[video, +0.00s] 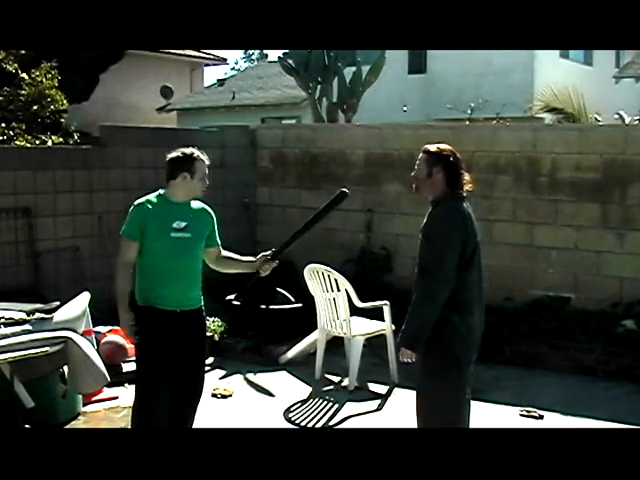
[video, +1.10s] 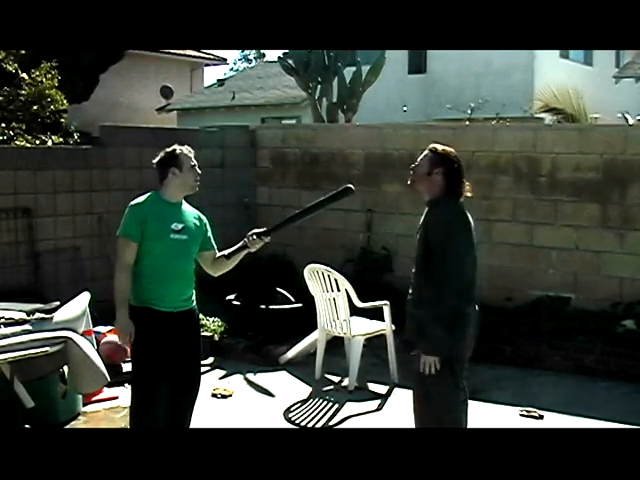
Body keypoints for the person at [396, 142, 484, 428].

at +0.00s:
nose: (413, 177)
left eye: (418, 171)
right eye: (415, 170)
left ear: (437, 175)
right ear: (439, 176)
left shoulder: (445, 216)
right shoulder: (453, 211)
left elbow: (433, 284)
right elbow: (436, 282)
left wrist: (411, 339)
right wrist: (415, 335)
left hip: (447, 335)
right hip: (454, 331)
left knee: (438, 412)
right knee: (446, 409)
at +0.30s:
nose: (413, 175)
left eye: (420, 170)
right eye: (416, 168)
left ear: (437, 177)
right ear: (438, 178)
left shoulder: (443, 216)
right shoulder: (449, 212)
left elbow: (436, 283)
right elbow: (437, 280)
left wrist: (413, 338)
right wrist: (415, 323)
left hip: (447, 332)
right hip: (451, 329)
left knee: (437, 409)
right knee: (443, 407)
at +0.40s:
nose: (414, 167)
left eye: (422, 164)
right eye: (418, 162)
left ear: (438, 176)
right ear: (437, 177)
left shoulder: (444, 212)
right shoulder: (444, 209)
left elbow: (435, 277)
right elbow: (440, 273)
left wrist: (404, 319)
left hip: (447, 326)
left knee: (436, 404)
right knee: (444, 402)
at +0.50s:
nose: (413, 169)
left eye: (421, 166)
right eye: (418, 164)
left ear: (439, 177)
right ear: (438, 177)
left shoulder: (451, 209)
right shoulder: (437, 207)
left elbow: (432, 248)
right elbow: (414, 240)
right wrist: (406, 261)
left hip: (449, 328)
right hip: (436, 323)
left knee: (437, 404)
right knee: (436, 401)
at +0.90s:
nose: (414, 171)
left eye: (420, 166)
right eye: (417, 165)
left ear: (438, 177)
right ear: (438, 177)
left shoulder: (449, 212)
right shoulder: (441, 210)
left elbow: (442, 262)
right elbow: (420, 251)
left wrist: (402, 276)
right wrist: (396, 270)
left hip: (445, 321)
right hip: (435, 317)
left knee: (439, 394)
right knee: (432, 391)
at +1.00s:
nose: (413, 173)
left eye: (420, 167)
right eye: (416, 166)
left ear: (438, 175)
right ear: (437, 176)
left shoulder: (447, 216)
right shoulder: (442, 213)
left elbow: (435, 279)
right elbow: (427, 276)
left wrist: (408, 319)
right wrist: (406, 315)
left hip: (444, 324)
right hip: (442, 321)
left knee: (436, 399)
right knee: (439, 396)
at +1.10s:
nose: (412, 169)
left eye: (418, 165)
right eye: (415, 163)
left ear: (436, 177)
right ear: (435, 177)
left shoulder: (446, 219)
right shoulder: (442, 214)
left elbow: (445, 288)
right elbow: (440, 285)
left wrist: (433, 344)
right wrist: (426, 338)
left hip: (441, 339)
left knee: (438, 414)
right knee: (437, 413)